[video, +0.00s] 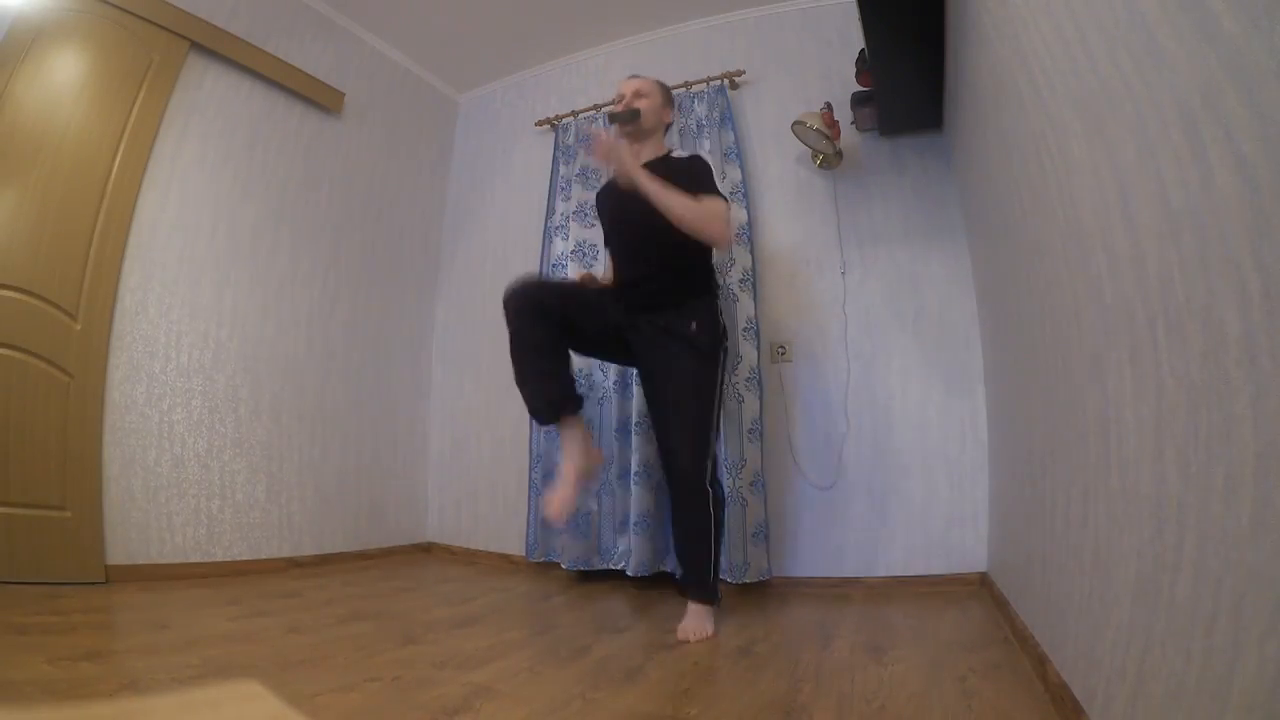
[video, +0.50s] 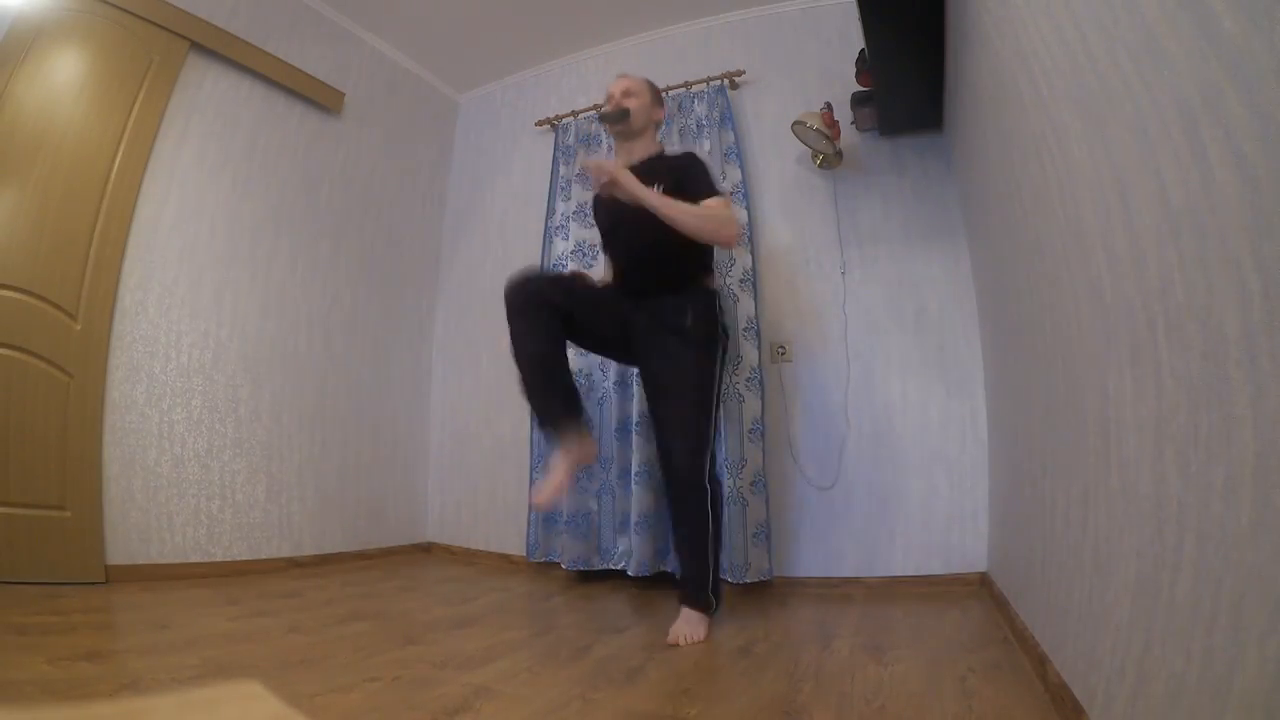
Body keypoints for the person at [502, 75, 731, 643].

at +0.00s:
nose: (625, 102)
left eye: (640, 94)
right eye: (617, 98)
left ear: (668, 115)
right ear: (610, 121)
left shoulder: (689, 168)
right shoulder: (610, 195)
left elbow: (719, 230)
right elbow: (623, 273)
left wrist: (634, 172)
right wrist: (594, 283)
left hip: (684, 327)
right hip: (626, 320)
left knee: (687, 463)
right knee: (527, 299)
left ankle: (700, 598)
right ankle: (576, 442)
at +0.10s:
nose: (627, 80)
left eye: (641, 74)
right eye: (619, 77)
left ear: (666, 96)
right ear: (610, 100)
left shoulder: (691, 149)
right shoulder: (602, 168)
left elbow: (724, 215)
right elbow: (608, 231)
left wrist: (643, 165)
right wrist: (600, 255)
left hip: (683, 300)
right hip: (621, 303)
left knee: (676, 422)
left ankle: (694, 569)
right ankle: (617, 519)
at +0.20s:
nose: (629, 90)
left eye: (642, 82)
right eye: (621, 85)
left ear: (668, 100)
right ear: (612, 106)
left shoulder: (699, 166)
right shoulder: (595, 175)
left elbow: (732, 247)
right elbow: (569, 261)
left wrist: (680, 229)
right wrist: (577, 239)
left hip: (684, 298)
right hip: (620, 309)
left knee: (661, 298)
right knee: (636, 447)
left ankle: (684, 459)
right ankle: (657, 583)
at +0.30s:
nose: (620, 94)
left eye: (633, 87)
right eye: (613, 90)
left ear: (661, 107)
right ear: (604, 113)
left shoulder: (694, 172)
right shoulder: (592, 181)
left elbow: (736, 240)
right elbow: (550, 259)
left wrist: (710, 255)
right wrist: (558, 206)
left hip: (692, 302)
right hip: (628, 314)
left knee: (647, 274)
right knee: (636, 450)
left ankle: (670, 446)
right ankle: (663, 585)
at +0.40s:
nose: (614, 81)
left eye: (627, 74)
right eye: (606, 78)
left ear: (654, 94)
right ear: (600, 102)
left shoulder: (688, 146)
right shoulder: (595, 175)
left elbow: (749, 212)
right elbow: (585, 259)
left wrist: (688, 219)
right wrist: (569, 225)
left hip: (689, 290)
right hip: (630, 296)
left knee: (665, 400)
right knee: (565, 395)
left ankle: (686, 554)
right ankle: (615, 523)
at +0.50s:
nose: (615, 98)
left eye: (630, 92)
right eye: (609, 94)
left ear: (658, 112)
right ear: (604, 120)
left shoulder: (682, 167)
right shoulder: (607, 192)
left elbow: (727, 230)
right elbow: (619, 268)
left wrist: (640, 193)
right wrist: (583, 285)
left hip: (684, 322)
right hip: (627, 318)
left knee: (685, 464)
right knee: (529, 291)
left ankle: (695, 602)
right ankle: (572, 437)